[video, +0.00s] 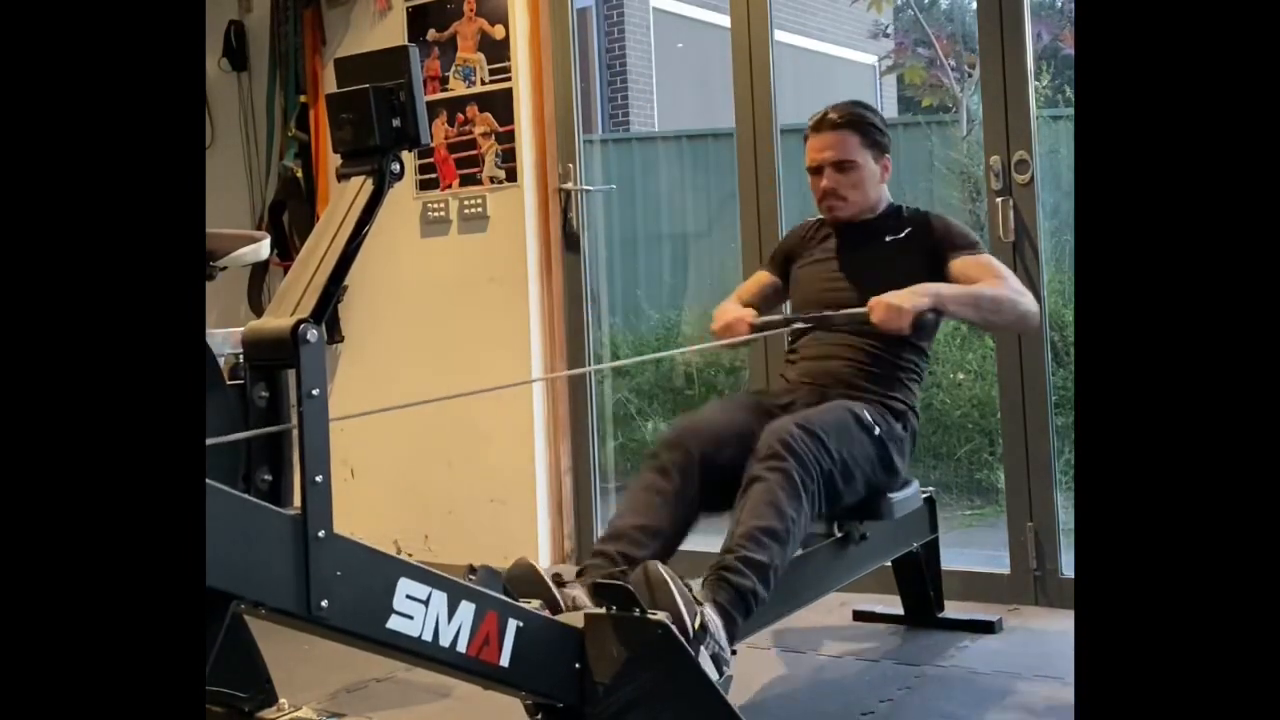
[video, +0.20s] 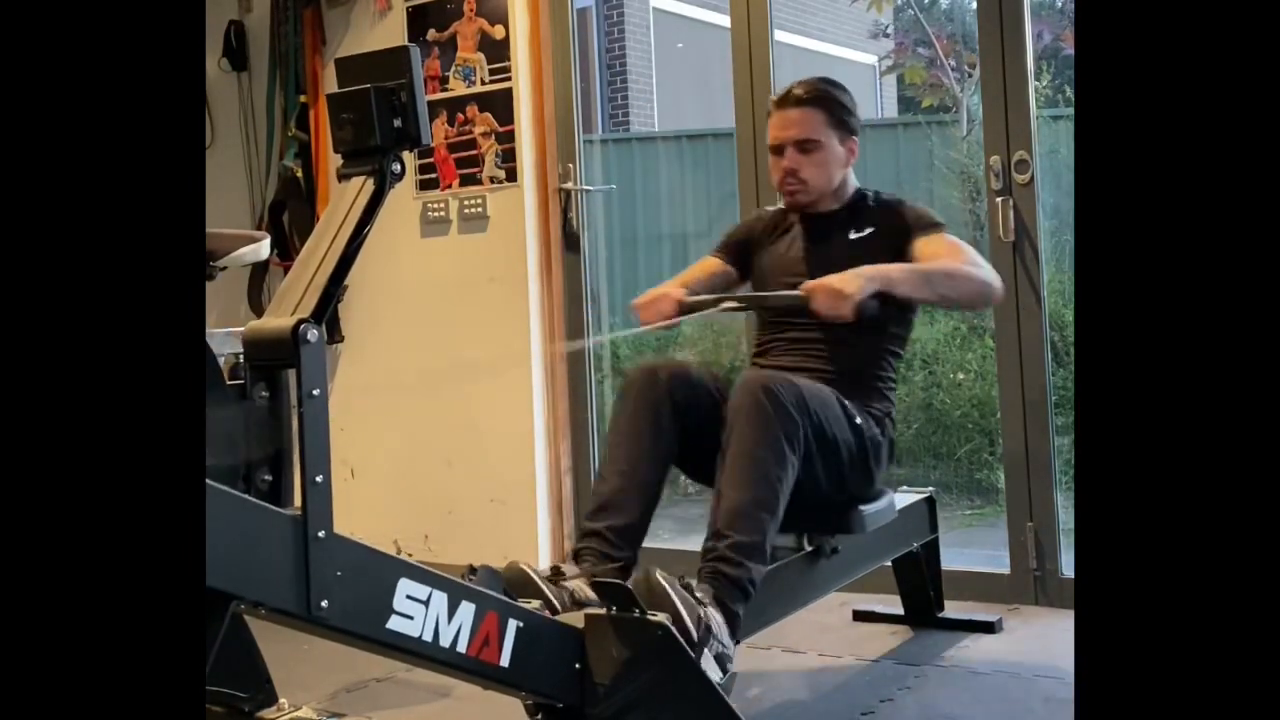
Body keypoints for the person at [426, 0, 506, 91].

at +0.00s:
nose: (471, 7)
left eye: (473, 4)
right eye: (468, 4)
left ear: (476, 7)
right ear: (463, 7)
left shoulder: (480, 22)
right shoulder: (457, 25)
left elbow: (494, 34)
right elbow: (444, 36)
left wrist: (498, 32)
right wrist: (435, 36)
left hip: (474, 60)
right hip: (460, 60)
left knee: (474, 89)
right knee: (458, 90)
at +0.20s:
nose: (471, 7)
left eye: (473, 4)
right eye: (468, 4)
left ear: (476, 7)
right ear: (463, 7)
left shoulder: (480, 22)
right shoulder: (457, 25)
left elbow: (493, 34)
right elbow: (444, 36)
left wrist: (498, 32)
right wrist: (435, 36)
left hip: (474, 60)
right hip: (460, 59)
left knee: (473, 89)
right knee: (458, 90)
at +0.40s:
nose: (471, 7)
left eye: (473, 4)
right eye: (469, 4)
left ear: (476, 7)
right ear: (463, 8)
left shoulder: (480, 22)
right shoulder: (457, 25)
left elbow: (493, 34)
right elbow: (444, 36)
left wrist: (498, 32)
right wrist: (435, 36)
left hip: (474, 60)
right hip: (460, 59)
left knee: (474, 89)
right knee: (458, 90)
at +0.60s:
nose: (471, 7)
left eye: (473, 4)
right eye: (468, 4)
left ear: (476, 7)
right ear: (463, 8)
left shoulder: (480, 22)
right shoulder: (457, 25)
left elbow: (494, 34)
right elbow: (444, 36)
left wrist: (499, 32)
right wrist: (435, 36)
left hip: (474, 60)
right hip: (460, 59)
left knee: (473, 88)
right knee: (458, 89)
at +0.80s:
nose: (471, 7)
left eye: (473, 4)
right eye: (468, 4)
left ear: (476, 7)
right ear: (463, 8)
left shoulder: (480, 22)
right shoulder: (457, 25)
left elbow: (494, 34)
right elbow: (444, 36)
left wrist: (498, 32)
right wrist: (435, 36)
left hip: (474, 60)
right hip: (460, 59)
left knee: (473, 89)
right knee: (458, 89)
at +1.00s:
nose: (471, 7)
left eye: (473, 5)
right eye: (468, 5)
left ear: (476, 8)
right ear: (463, 8)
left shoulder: (480, 22)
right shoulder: (457, 25)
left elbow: (494, 34)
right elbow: (444, 36)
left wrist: (498, 32)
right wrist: (435, 36)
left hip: (474, 60)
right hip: (460, 59)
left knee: (474, 89)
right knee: (458, 89)